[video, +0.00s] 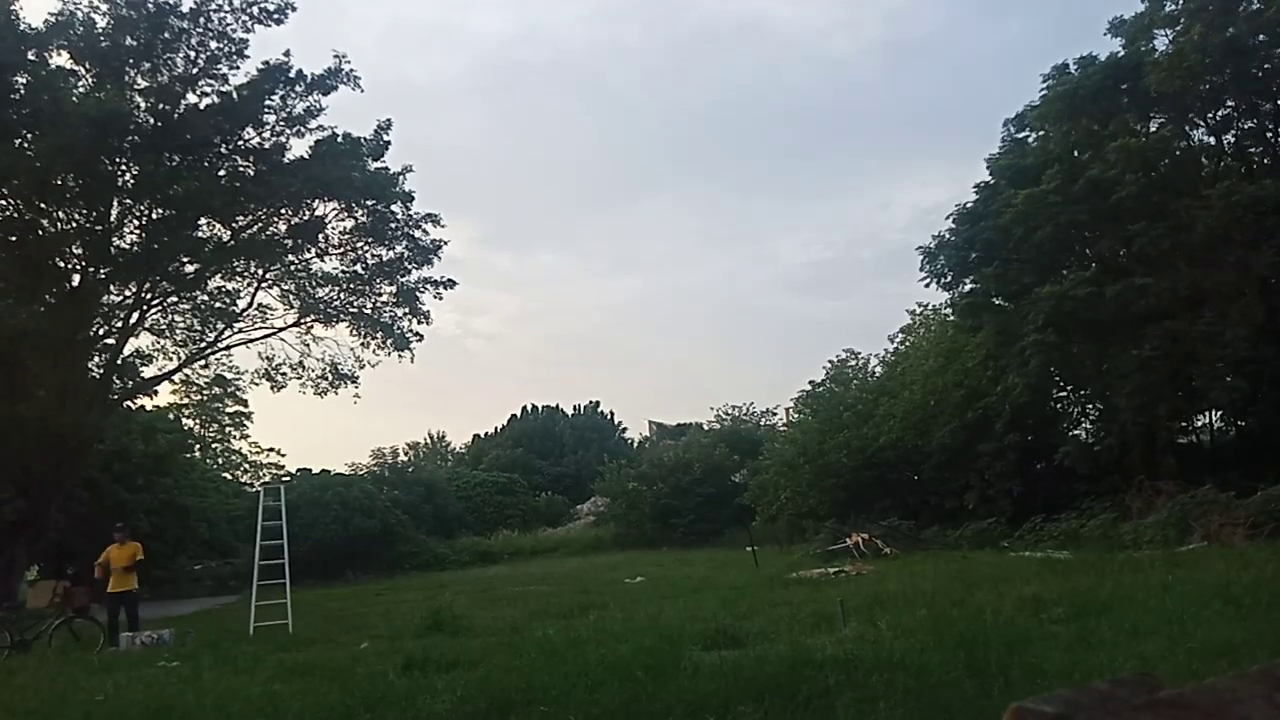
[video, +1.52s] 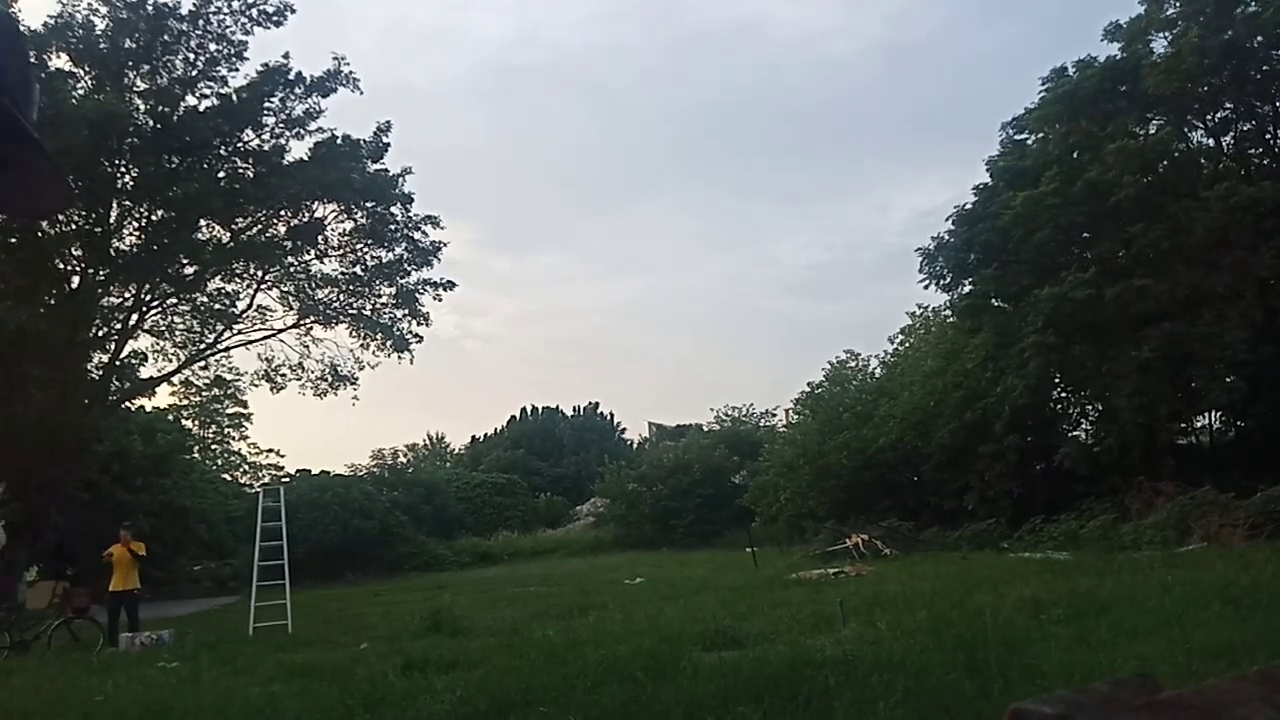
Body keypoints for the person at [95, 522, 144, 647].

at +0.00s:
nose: (117, 536)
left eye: (120, 533)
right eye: (116, 534)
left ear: (126, 534)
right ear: (113, 535)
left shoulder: (135, 546)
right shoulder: (111, 549)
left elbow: (140, 563)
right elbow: (100, 562)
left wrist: (126, 569)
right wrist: (98, 570)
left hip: (129, 589)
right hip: (113, 589)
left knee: (132, 618)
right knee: (112, 619)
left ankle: (135, 642)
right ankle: (113, 645)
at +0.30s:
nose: (122, 533)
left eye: (124, 530)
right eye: (120, 530)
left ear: (129, 532)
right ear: (118, 531)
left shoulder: (137, 546)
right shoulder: (114, 546)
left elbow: (140, 562)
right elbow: (98, 557)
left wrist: (124, 562)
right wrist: (109, 559)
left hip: (129, 587)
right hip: (113, 587)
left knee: (132, 617)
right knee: (111, 618)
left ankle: (134, 641)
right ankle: (112, 643)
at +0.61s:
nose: (123, 532)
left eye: (125, 529)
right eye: (121, 529)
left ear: (129, 531)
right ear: (117, 530)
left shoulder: (137, 545)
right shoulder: (112, 545)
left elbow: (140, 562)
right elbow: (97, 552)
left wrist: (123, 559)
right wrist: (107, 553)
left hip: (129, 586)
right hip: (112, 586)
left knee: (131, 616)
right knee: (110, 617)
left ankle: (133, 641)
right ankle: (111, 643)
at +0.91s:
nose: (123, 534)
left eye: (126, 531)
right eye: (121, 531)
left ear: (130, 532)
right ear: (118, 532)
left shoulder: (138, 546)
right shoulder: (113, 546)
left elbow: (141, 562)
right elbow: (98, 553)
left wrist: (125, 559)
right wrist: (110, 554)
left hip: (130, 586)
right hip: (113, 587)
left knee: (132, 617)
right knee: (111, 617)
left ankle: (134, 641)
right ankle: (112, 643)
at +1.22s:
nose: (124, 536)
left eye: (126, 533)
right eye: (122, 533)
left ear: (131, 533)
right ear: (119, 534)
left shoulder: (139, 546)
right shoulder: (115, 547)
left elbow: (142, 563)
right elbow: (102, 557)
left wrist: (129, 556)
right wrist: (109, 555)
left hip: (131, 587)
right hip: (115, 587)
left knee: (133, 617)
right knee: (113, 618)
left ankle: (135, 642)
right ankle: (113, 644)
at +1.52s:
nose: (123, 537)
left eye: (126, 535)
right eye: (122, 534)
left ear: (131, 535)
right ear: (119, 535)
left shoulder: (138, 546)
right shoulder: (115, 548)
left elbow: (141, 559)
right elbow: (102, 559)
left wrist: (129, 549)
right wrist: (106, 558)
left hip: (131, 588)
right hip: (115, 588)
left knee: (133, 618)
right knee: (112, 619)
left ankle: (135, 643)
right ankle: (112, 645)